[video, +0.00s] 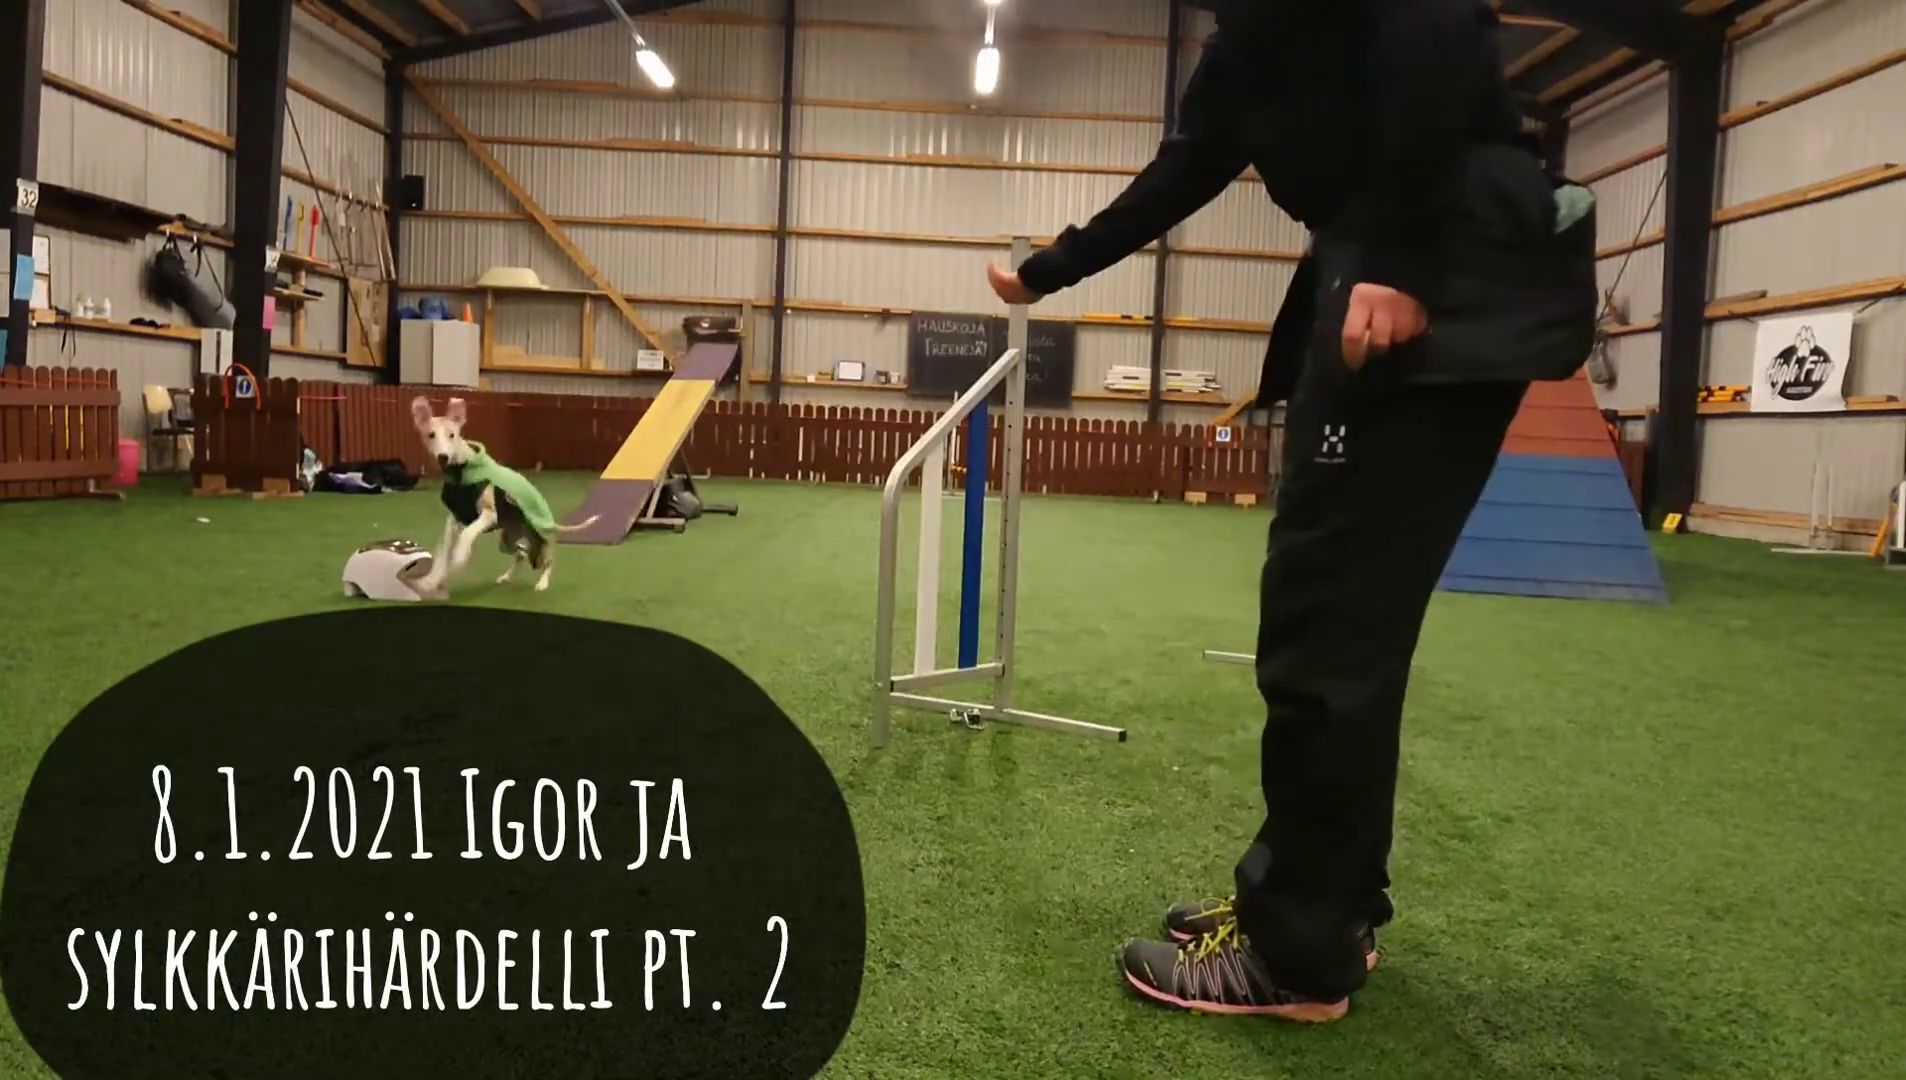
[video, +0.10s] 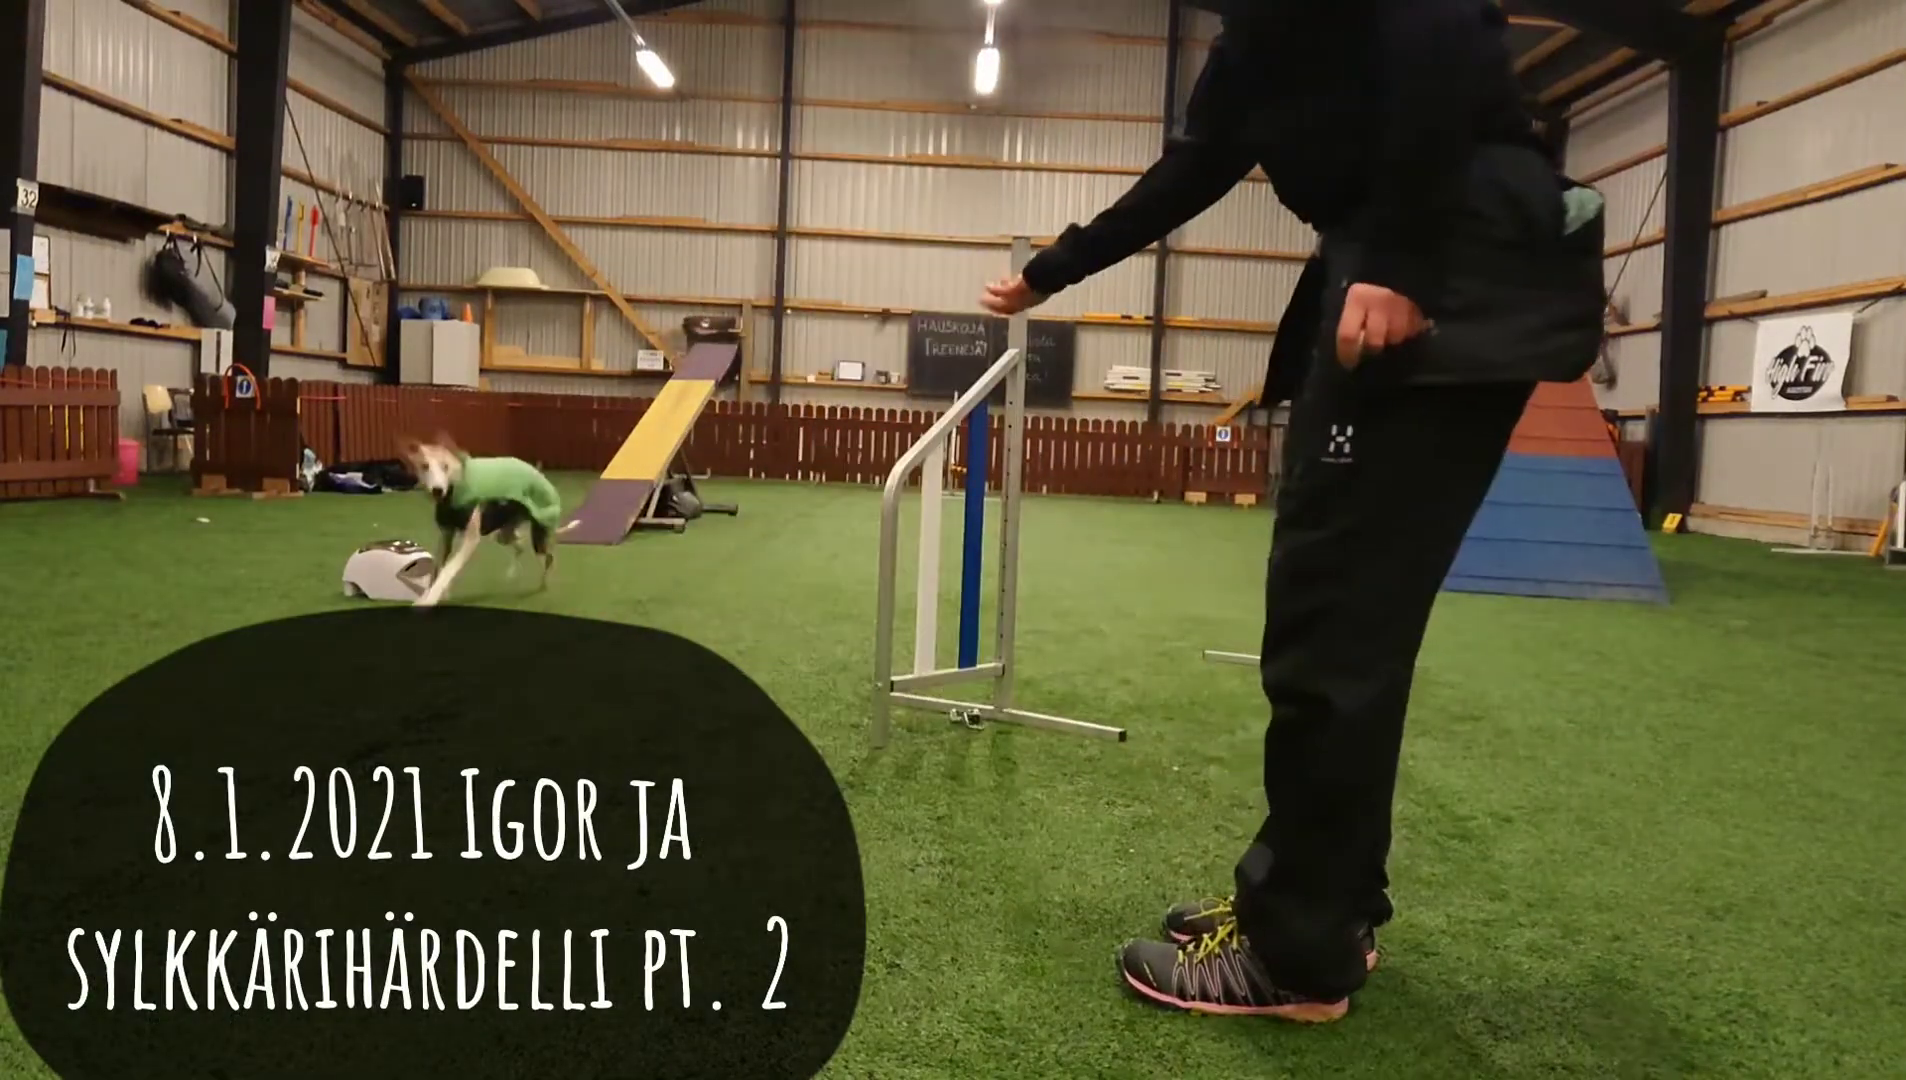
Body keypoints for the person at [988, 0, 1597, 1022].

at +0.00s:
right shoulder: (1249, 41)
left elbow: (1443, 59)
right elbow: (1187, 169)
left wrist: (1397, 259)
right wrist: (1047, 269)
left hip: (1438, 294)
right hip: (1385, 300)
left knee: (1326, 621)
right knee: (1334, 618)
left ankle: (1302, 956)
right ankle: (1329, 908)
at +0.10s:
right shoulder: (1258, 39)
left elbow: (1448, 59)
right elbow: (1197, 167)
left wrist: (1394, 260)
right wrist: (1049, 269)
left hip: (1443, 289)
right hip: (1395, 295)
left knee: (1333, 623)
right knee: (1337, 617)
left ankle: (1301, 955)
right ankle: (1330, 908)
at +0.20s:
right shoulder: (1272, 39)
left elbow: (1456, 73)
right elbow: (1218, 161)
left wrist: (1394, 259)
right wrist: (1078, 259)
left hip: (1470, 279)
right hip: (1419, 284)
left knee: (1344, 606)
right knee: (1340, 602)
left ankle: (1309, 955)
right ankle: (1325, 908)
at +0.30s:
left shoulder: (1420, 9)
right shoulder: (1294, 45)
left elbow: (1464, 83)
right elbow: (1227, 174)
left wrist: (1390, 260)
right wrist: (1087, 272)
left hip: (1505, 270)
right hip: (1442, 274)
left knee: (1350, 581)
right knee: (1328, 575)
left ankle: (1384, 945)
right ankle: (1322, 897)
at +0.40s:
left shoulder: (1430, 12)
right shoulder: (1333, 48)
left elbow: (1473, 83)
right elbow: (1273, 183)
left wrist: (1397, 258)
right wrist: (1140, 282)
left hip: (1535, 271)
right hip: (1447, 282)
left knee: (1393, 606)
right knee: (1356, 606)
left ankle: (1551, 939)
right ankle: (1328, 901)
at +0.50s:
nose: (1287, 15)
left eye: (1284, 10)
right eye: (1280, 17)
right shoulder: (1388, 34)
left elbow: (1500, 95)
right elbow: (1344, 182)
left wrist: (1401, 274)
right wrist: (1201, 308)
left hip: (1576, 275)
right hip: (1498, 290)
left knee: (1464, 615)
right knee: (1391, 604)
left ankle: (1702, 965)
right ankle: (1328, 900)